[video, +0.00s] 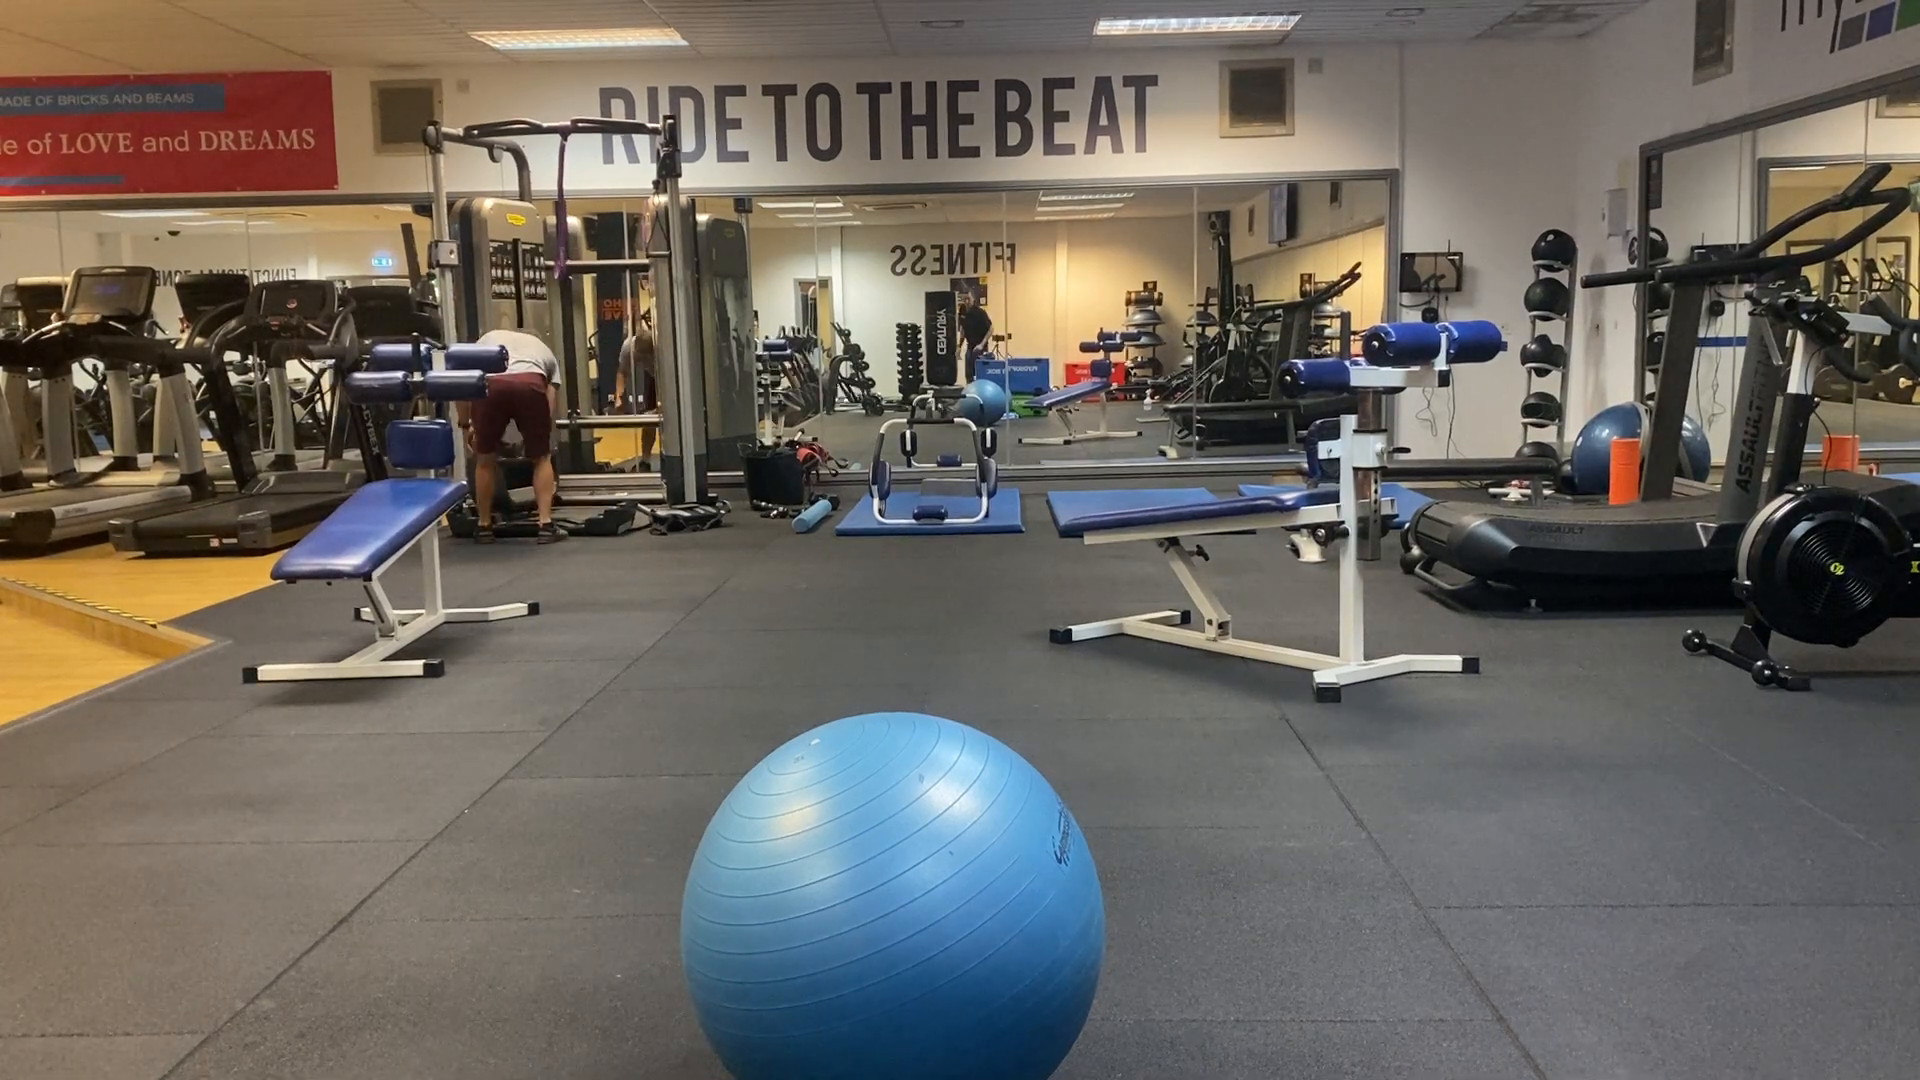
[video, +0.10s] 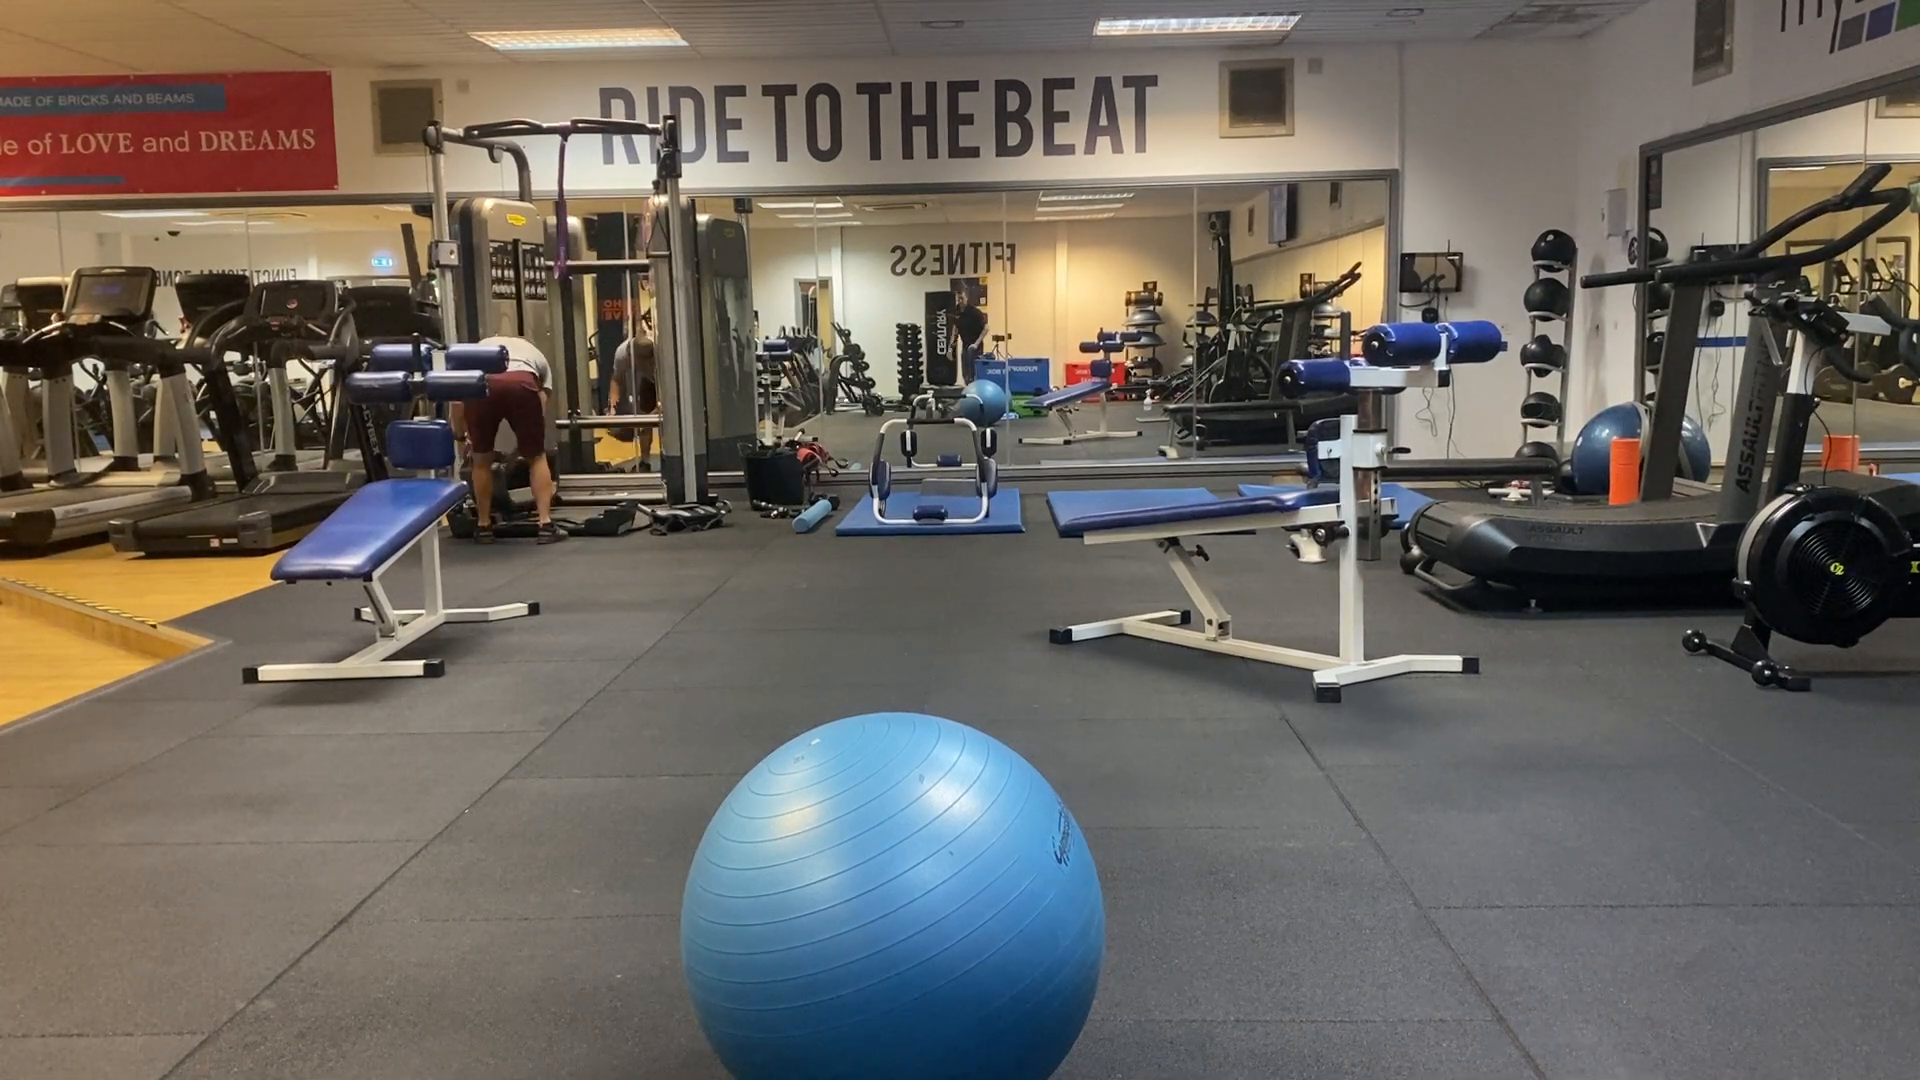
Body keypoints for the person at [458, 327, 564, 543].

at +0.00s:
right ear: (533, 339)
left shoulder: (485, 339)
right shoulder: (547, 353)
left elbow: (461, 384)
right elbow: (550, 407)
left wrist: (465, 426)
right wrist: (542, 445)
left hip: (489, 389)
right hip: (531, 389)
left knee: (485, 460)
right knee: (541, 459)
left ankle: (484, 525)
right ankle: (546, 525)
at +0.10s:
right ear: (526, 345)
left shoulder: (478, 348)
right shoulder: (539, 358)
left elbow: (456, 399)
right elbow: (540, 408)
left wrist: (460, 435)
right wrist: (529, 446)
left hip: (481, 387)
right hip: (522, 385)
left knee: (481, 462)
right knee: (537, 458)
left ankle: (483, 526)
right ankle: (545, 524)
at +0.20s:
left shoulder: (468, 361)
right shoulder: (533, 368)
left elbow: (454, 414)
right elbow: (526, 422)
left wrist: (458, 452)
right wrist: (510, 463)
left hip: (473, 387)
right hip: (514, 385)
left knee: (477, 462)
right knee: (531, 457)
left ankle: (483, 526)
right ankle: (545, 525)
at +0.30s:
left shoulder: (461, 370)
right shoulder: (526, 375)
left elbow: (454, 421)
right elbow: (521, 431)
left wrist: (455, 463)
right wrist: (505, 468)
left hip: (466, 389)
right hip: (507, 384)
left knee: (474, 463)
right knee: (526, 456)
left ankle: (483, 525)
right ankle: (544, 524)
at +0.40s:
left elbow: (456, 430)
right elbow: (515, 453)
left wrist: (459, 473)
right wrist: (496, 486)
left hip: (463, 389)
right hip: (505, 385)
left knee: (474, 461)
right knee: (524, 456)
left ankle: (483, 525)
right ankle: (546, 524)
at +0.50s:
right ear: (508, 362)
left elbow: (456, 435)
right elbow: (514, 449)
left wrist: (452, 470)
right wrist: (498, 483)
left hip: (462, 390)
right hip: (504, 387)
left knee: (474, 460)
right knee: (523, 457)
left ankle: (483, 525)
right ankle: (546, 524)